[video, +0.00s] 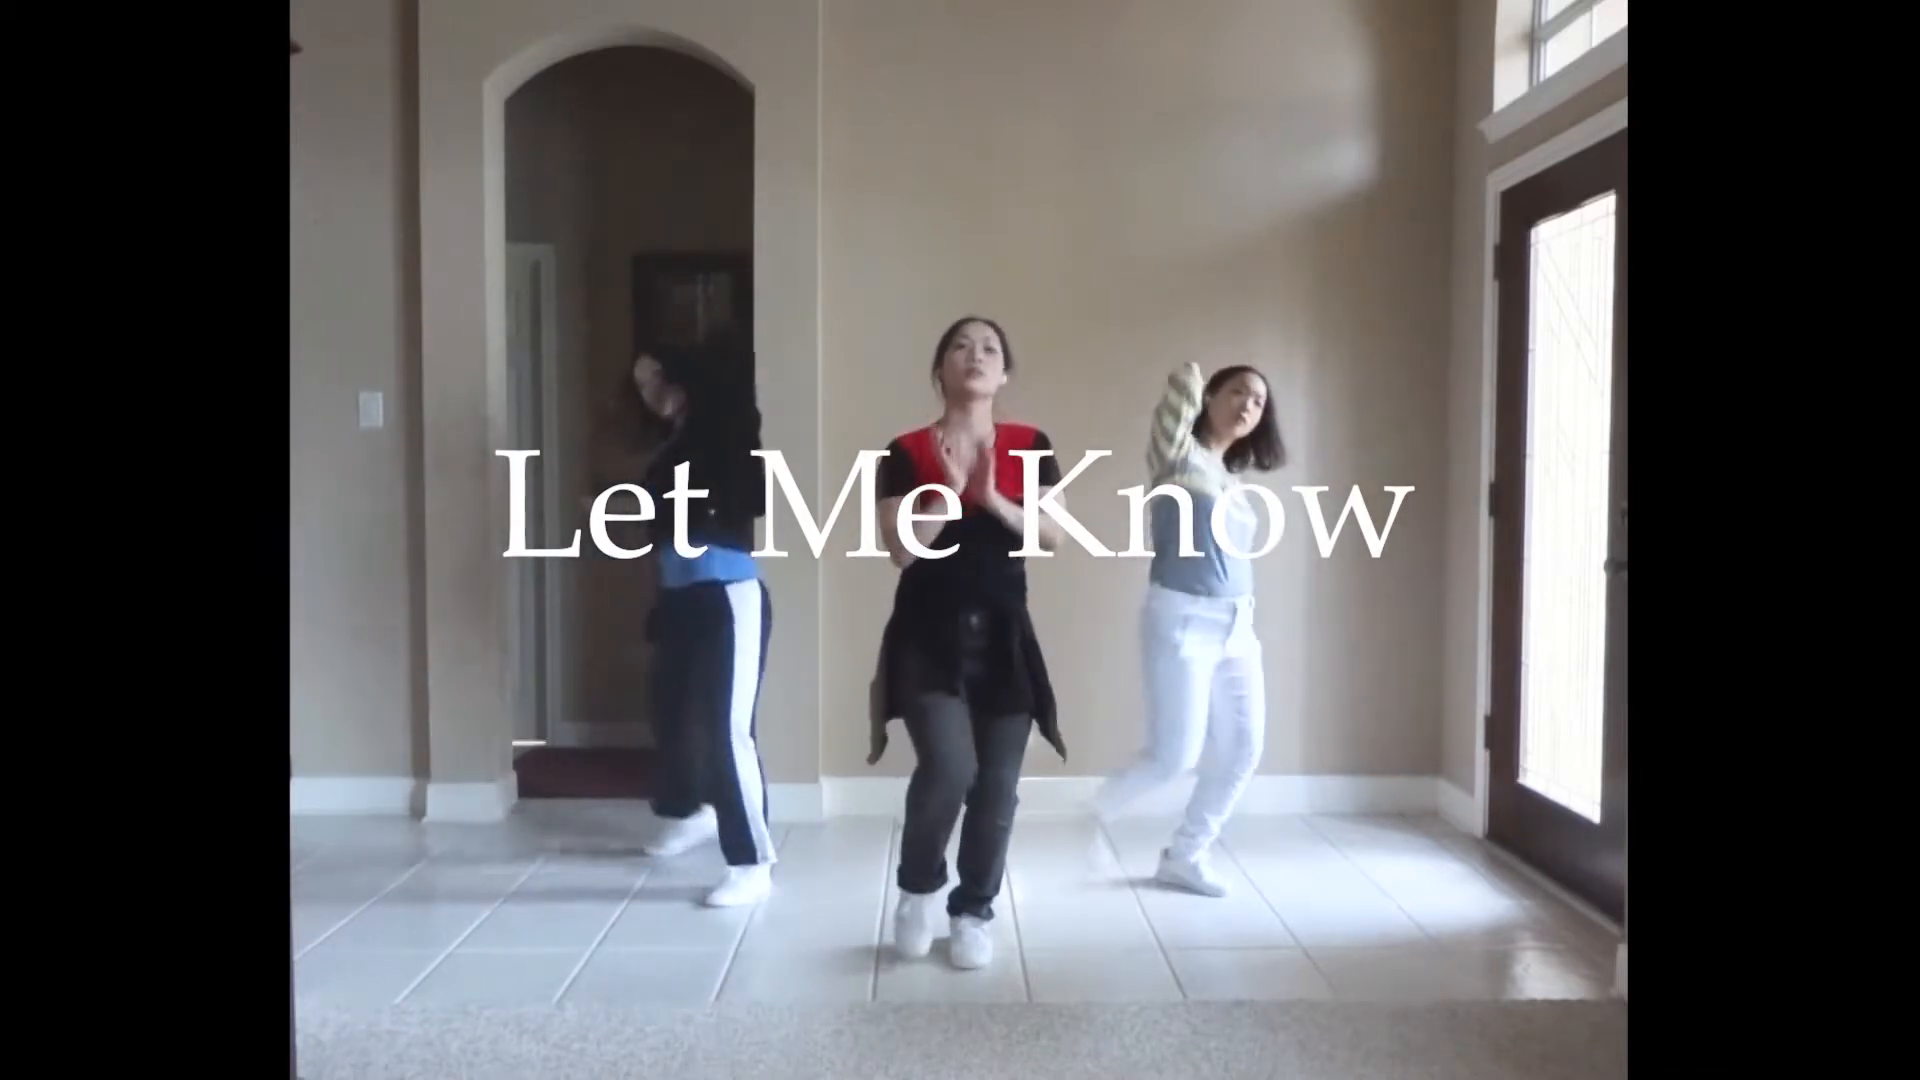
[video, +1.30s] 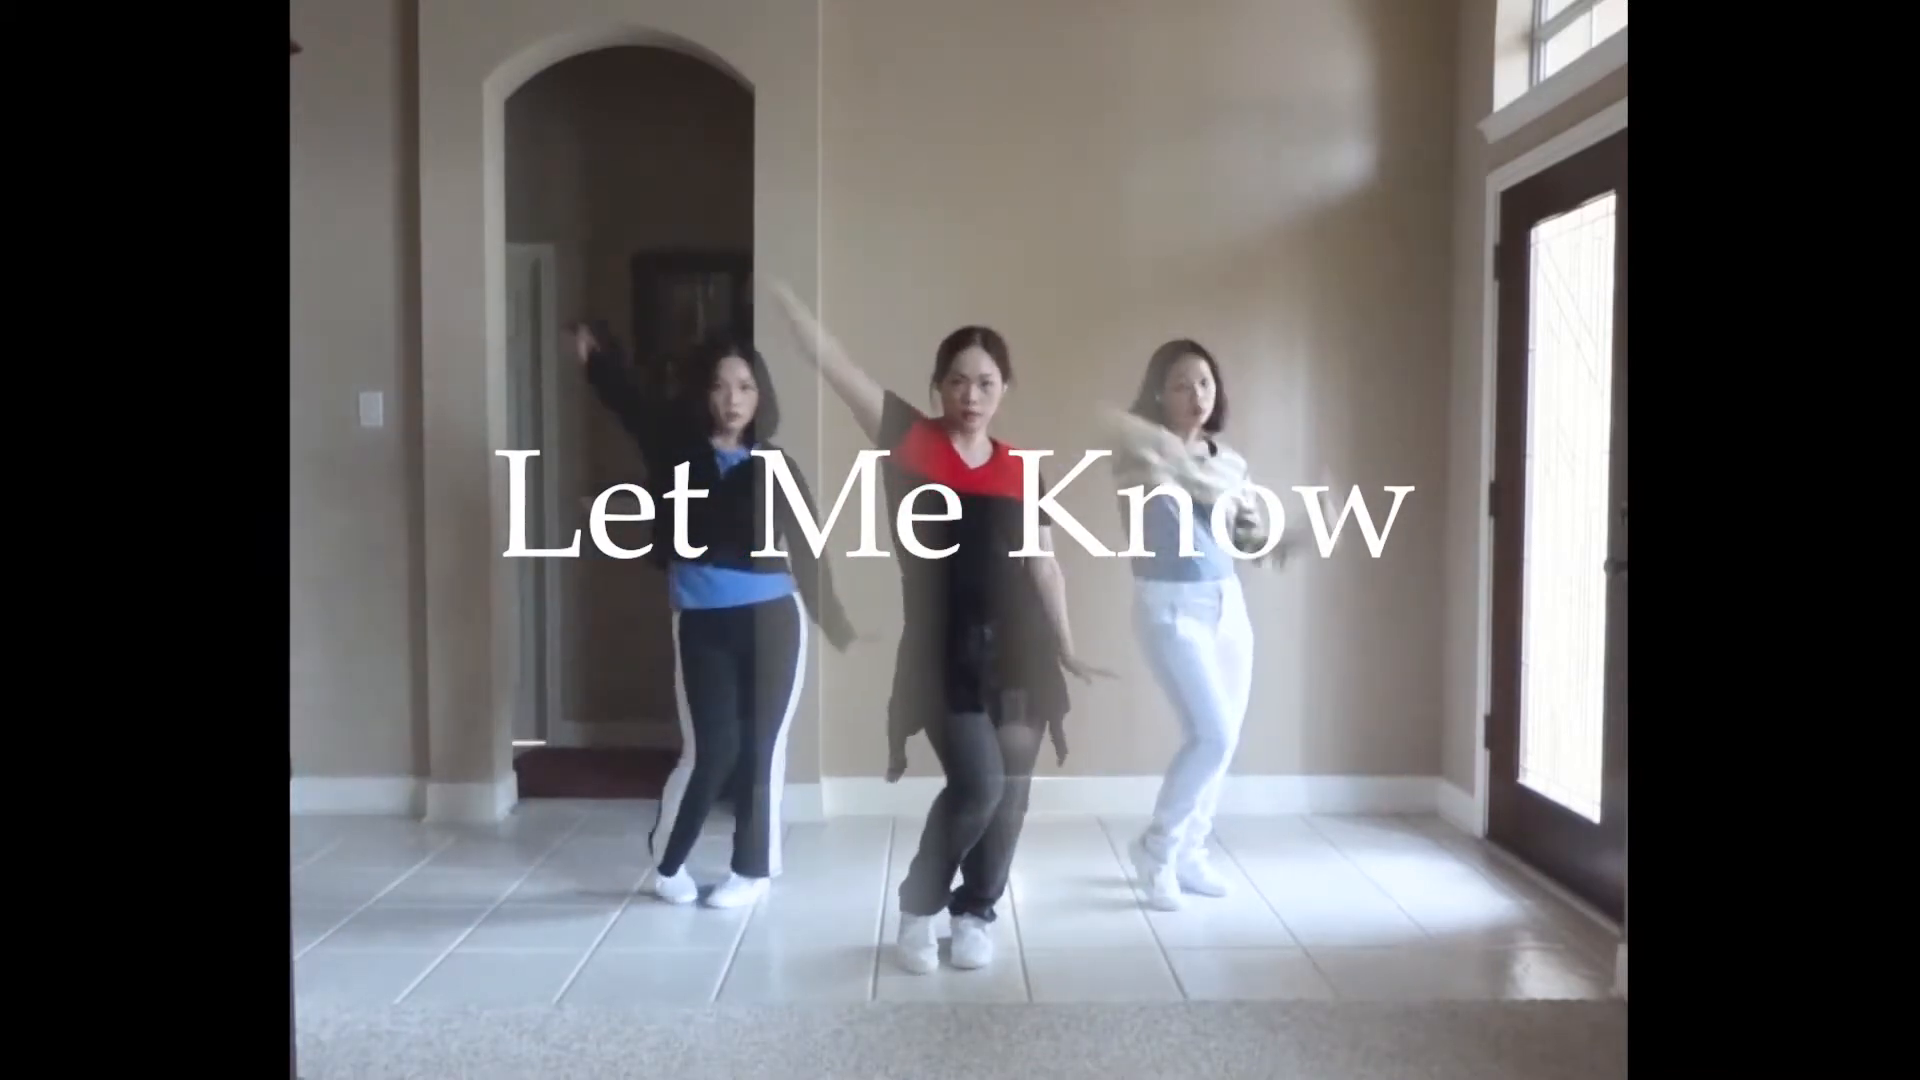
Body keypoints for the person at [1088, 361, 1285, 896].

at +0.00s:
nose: (1249, 403)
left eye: (1259, 400)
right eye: (1240, 392)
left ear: (1260, 421)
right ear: (1209, 398)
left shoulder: (1236, 478)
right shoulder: (1176, 459)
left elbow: (1229, 557)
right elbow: (1172, 423)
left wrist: (1241, 617)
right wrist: (1188, 381)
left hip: (1235, 624)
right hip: (1180, 619)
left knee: (1240, 750)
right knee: (1173, 756)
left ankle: (1184, 858)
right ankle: (1096, 812)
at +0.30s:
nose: (1227, 388)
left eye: (1234, 384)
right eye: (1215, 377)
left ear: (1237, 406)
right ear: (1181, 392)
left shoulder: (1210, 460)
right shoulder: (1165, 452)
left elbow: (1220, 541)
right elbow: (1212, 493)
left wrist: (1237, 600)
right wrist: (1211, 428)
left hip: (1227, 612)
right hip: (1188, 611)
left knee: (1243, 738)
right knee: (1251, 738)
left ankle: (1191, 850)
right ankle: (1166, 832)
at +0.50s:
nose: (1211, 373)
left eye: (1218, 367)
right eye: (1197, 364)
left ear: (1224, 387)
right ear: (1170, 379)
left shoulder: (1205, 447)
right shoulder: (1170, 444)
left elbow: (1207, 526)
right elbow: (1205, 518)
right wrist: (1243, 462)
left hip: (1222, 599)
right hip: (1192, 602)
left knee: (1204, 737)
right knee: (1267, 725)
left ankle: (1184, 857)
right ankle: (1189, 846)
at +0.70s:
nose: (1204, 365)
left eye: (1208, 358)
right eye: (1189, 358)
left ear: (1215, 375)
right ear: (1161, 377)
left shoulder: (1188, 440)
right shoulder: (1177, 441)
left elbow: (1213, 524)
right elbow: (1220, 520)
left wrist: (1279, 520)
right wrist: (1286, 515)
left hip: (1200, 596)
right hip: (1189, 598)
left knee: (1193, 731)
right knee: (1257, 722)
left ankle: (1179, 857)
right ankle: (1191, 845)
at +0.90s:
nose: (1200, 368)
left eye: (1203, 359)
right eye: (1186, 361)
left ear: (1209, 370)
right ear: (1159, 377)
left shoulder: (1153, 439)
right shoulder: (1201, 437)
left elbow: (1200, 492)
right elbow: (1235, 517)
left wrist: (1259, 478)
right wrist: (1274, 593)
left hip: (1165, 591)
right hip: (1195, 596)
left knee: (1189, 729)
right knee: (1242, 731)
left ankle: (1187, 850)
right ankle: (1168, 839)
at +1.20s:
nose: (1197, 384)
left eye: (1204, 374)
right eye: (1182, 374)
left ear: (1212, 385)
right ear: (1155, 384)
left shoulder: (1201, 449)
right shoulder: (1148, 433)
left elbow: (1262, 503)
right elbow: (1203, 497)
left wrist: (1255, 449)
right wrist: (1237, 506)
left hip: (1221, 606)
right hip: (1172, 606)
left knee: (1220, 734)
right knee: (1215, 735)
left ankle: (1190, 848)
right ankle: (1157, 846)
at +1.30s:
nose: (1197, 397)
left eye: (1205, 386)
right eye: (1184, 387)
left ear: (1217, 394)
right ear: (1158, 394)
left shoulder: (1228, 462)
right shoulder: (1141, 450)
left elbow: (1251, 537)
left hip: (1226, 604)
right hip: (1170, 605)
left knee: (1223, 733)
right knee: (1213, 734)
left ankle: (1191, 849)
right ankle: (1157, 847)